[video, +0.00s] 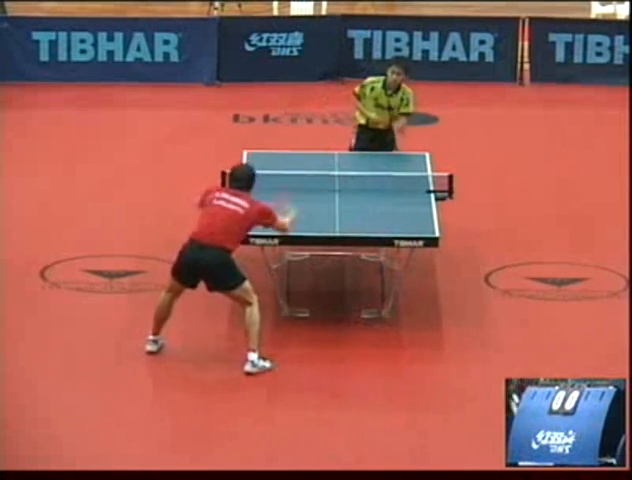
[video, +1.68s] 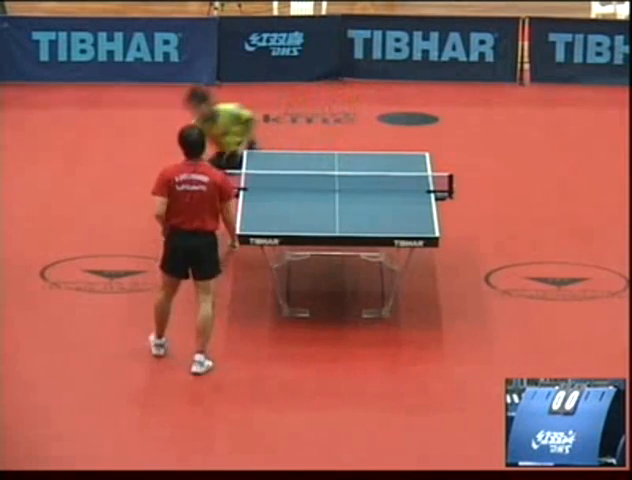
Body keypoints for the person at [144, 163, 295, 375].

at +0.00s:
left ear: (229, 181)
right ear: (251, 185)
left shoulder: (212, 193)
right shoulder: (255, 208)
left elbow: (200, 205)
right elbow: (282, 226)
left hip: (192, 249)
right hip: (218, 256)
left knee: (171, 293)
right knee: (250, 302)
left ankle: (153, 338)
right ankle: (253, 357)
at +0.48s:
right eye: (242, 166)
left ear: (220, 165)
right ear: (243, 169)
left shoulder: (202, 183)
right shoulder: (244, 194)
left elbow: (188, 213)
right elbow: (269, 230)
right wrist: (267, 223)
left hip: (184, 239)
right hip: (210, 245)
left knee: (171, 290)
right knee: (238, 300)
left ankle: (159, 339)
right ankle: (251, 356)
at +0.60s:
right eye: (240, 168)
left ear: (218, 167)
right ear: (240, 170)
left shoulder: (200, 185)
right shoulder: (243, 196)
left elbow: (186, 215)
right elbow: (259, 238)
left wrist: (198, 231)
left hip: (184, 241)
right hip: (212, 246)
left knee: (171, 291)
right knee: (240, 300)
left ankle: (159, 339)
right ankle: (251, 357)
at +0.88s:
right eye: (217, 160)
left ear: (194, 162)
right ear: (218, 163)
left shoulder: (182, 185)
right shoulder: (229, 186)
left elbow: (169, 221)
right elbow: (238, 224)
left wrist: (186, 229)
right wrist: (224, 240)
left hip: (184, 240)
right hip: (212, 243)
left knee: (169, 289)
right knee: (237, 299)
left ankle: (160, 339)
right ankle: (251, 355)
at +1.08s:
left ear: (171, 156)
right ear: (193, 153)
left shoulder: (162, 180)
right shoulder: (210, 176)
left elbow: (149, 216)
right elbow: (223, 214)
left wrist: (164, 232)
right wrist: (213, 235)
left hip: (173, 234)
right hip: (201, 233)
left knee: (165, 286)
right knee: (222, 294)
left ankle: (159, 338)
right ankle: (242, 349)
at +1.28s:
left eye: (167, 145)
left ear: (165, 148)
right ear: (186, 143)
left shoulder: (156, 173)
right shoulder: (205, 168)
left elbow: (141, 209)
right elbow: (220, 206)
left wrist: (152, 226)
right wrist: (211, 228)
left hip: (170, 230)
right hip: (198, 229)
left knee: (163, 286)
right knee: (212, 289)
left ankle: (159, 339)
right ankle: (211, 345)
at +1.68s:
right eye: (202, 143)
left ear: (181, 147)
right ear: (204, 146)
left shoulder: (169, 174)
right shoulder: (218, 177)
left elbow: (160, 210)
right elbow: (228, 213)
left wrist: (167, 228)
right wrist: (234, 238)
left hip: (176, 237)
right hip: (205, 239)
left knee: (167, 292)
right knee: (205, 296)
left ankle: (159, 340)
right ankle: (201, 355)